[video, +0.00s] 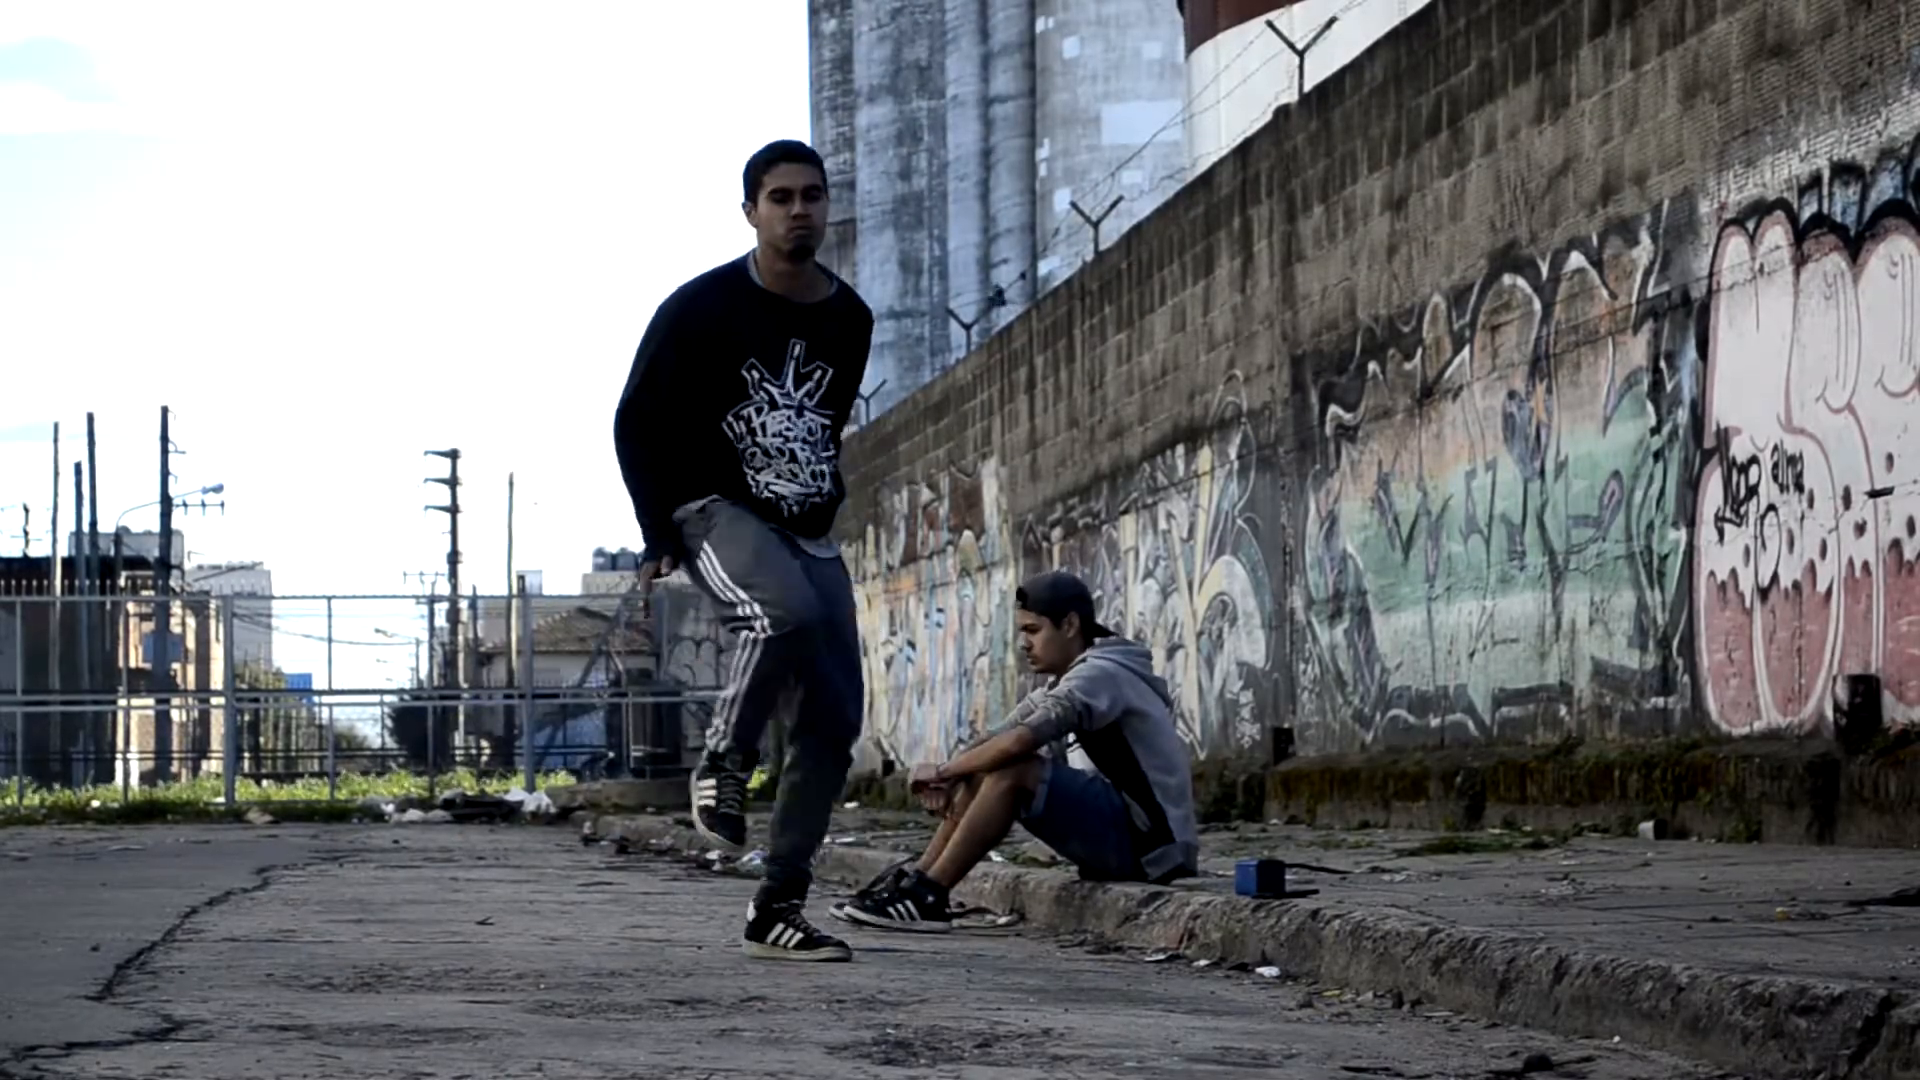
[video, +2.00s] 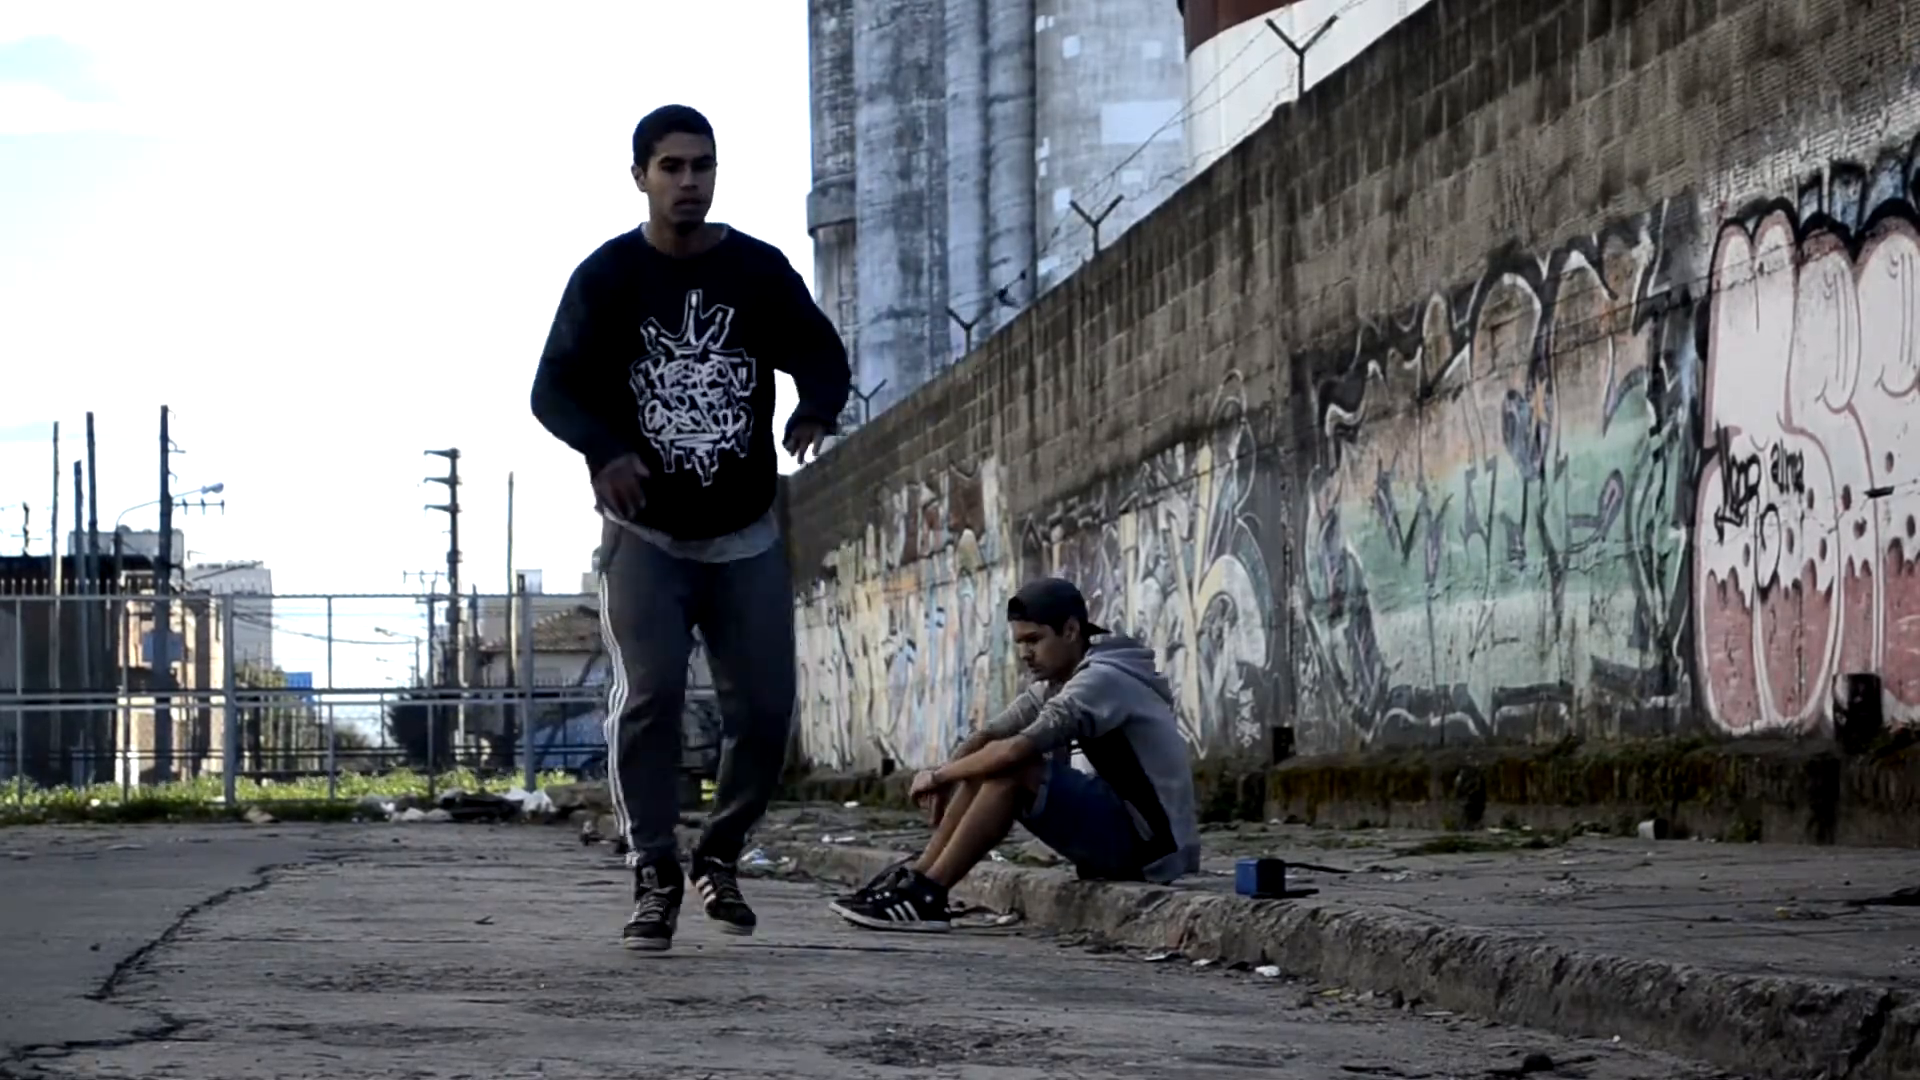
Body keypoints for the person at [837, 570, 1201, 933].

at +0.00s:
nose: (1024, 644)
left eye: (1032, 631)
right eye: (1021, 633)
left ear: (1070, 626)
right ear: (1066, 628)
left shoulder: (1101, 671)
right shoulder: (1071, 676)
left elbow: (1021, 740)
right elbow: (1002, 733)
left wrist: (946, 770)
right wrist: (946, 772)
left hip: (1151, 845)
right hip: (1122, 835)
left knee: (1015, 771)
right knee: (986, 765)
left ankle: (932, 895)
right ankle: (914, 884)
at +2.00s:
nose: (1023, 655)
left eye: (1032, 641)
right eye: (1018, 643)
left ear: (1071, 631)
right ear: (1062, 635)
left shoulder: (1102, 677)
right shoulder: (1064, 678)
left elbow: (1018, 752)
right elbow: (992, 735)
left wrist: (940, 774)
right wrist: (940, 777)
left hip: (1150, 848)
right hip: (1119, 838)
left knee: (1016, 769)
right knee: (988, 760)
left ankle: (932, 895)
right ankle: (915, 881)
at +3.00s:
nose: (1019, 650)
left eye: (1028, 636)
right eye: (1015, 639)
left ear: (1067, 628)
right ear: (1061, 632)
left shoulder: (1101, 676)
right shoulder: (1064, 684)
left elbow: (1011, 751)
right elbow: (999, 743)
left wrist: (957, 749)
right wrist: (942, 776)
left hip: (1151, 848)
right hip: (1120, 839)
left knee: (1013, 771)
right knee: (983, 767)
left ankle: (933, 895)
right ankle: (915, 882)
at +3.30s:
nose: (1029, 642)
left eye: (1040, 629)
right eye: (1025, 630)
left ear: (1079, 627)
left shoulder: (1105, 674)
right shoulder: (1063, 671)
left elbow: (1007, 738)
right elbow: (990, 725)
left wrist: (994, 717)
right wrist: (936, 792)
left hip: (1147, 845)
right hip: (1116, 833)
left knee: (1013, 766)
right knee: (988, 756)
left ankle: (932, 895)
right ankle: (915, 882)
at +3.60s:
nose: (1029, 642)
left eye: (1039, 629)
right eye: (1026, 630)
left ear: (1079, 627)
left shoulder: (1103, 670)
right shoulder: (1073, 672)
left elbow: (1009, 737)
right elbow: (995, 728)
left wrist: (999, 720)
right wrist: (941, 784)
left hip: (1150, 842)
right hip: (1119, 832)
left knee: (1011, 765)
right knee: (989, 758)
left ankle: (932, 895)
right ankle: (912, 883)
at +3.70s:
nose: (1028, 639)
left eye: (1039, 626)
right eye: (1026, 628)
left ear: (1079, 625)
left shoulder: (1101, 667)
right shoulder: (1081, 669)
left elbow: (1010, 735)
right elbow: (1010, 734)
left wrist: (978, 725)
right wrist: (949, 771)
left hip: (1149, 843)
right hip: (1122, 834)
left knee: (1014, 764)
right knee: (988, 757)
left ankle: (936, 893)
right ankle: (914, 881)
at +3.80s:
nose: (1027, 637)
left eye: (1038, 625)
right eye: (1025, 626)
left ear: (1077, 624)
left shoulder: (1097, 665)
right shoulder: (1082, 668)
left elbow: (1012, 732)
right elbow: (1019, 745)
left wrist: (943, 749)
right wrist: (958, 763)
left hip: (1150, 842)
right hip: (1123, 833)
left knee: (1013, 764)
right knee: (985, 765)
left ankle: (935, 894)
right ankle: (915, 882)